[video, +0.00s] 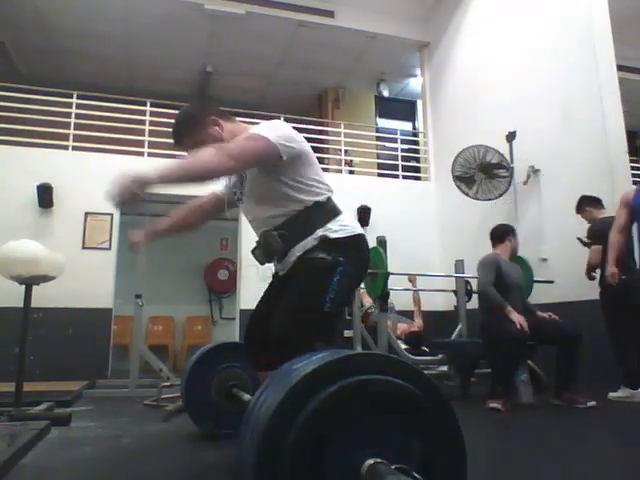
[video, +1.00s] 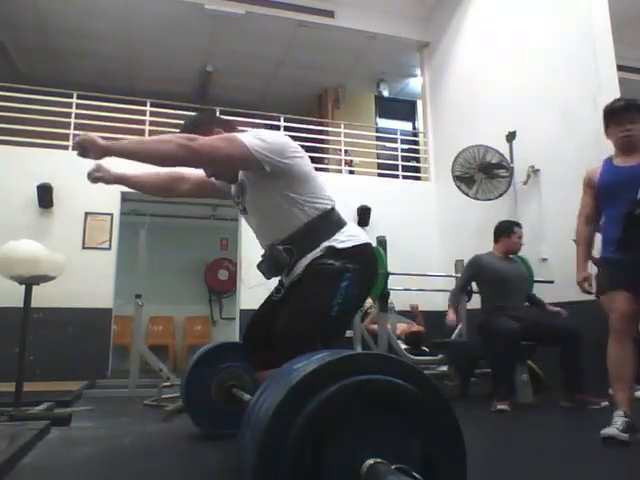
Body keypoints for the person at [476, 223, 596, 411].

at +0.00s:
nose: (517, 245)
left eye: (516, 240)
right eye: (515, 240)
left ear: (499, 241)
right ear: (509, 240)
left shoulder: (514, 267)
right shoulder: (489, 260)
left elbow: (519, 300)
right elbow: (485, 287)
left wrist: (537, 314)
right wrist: (510, 312)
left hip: (522, 320)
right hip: (497, 320)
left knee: (568, 333)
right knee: (513, 337)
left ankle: (564, 392)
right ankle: (497, 396)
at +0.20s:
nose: (511, 245)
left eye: (510, 241)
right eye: (510, 241)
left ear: (491, 242)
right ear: (504, 241)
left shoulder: (507, 267)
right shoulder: (485, 261)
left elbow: (508, 299)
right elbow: (482, 286)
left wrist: (529, 311)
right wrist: (507, 305)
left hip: (518, 320)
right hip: (495, 321)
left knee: (567, 331)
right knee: (505, 333)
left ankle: (566, 391)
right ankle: (497, 396)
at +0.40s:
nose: (514, 242)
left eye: (513, 239)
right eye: (512, 238)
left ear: (499, 240)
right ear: (503, 239)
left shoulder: (510, 268)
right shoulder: (480, 260)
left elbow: (509, 300)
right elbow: (461, 284)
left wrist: (526, 313)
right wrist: (479, 295)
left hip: (517, 317)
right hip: (494, 317)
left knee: (570, 332)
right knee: (507, 334)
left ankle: (573, 392)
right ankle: (501, 397)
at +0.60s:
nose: (517, 243)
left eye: (517, 239)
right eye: (514, 238)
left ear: (505, 239)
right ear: (501, 238)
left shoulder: (513, 265)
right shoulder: (478, 261)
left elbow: (520, 297)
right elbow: (457, 284)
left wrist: (540, 307)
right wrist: (458, 294)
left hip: (523, 316)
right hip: (497, 317)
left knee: (570, 331)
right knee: (506, 335)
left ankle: (573, 392)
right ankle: (501, 397)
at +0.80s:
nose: (518, 242)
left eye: (518, 238)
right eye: (514, 238)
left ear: (505, 239)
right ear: (501, 238)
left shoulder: (515, 264)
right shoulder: (478, 262)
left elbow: (528, 291)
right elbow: (459, 288)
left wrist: (555, 301)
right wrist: (464, 304)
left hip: (519, 315)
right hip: (493, 316)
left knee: (568, 329)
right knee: (508, 333)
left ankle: (572, 392)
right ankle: (501, 397)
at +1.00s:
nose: (521, 242)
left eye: (521, 238)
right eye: (518, 238)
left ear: (509, 238)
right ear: (504, 238)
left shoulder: (521, 263)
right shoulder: (480, 262)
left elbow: (527, 294)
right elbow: (458, 289)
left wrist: (546, 307)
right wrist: (452, 310)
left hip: (524, 315)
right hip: (496, 316)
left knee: (569, 329)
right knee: (507, 333)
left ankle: (573, 393)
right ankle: (502, 397)